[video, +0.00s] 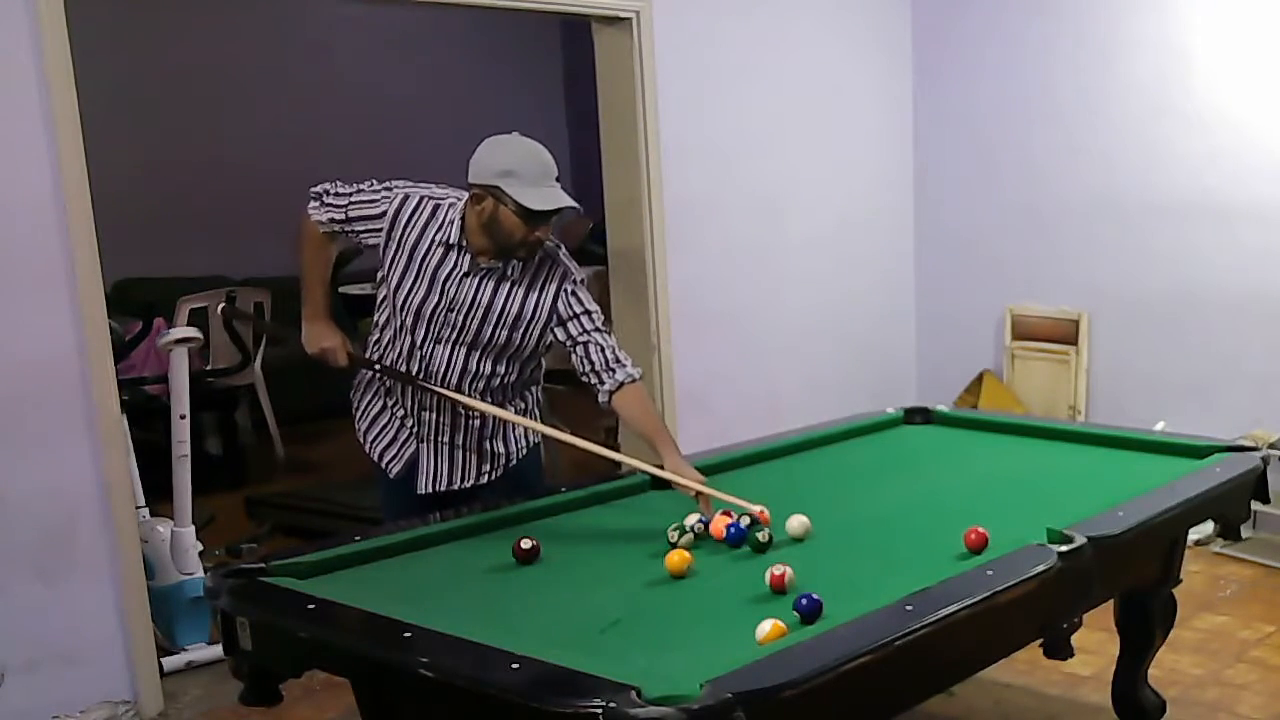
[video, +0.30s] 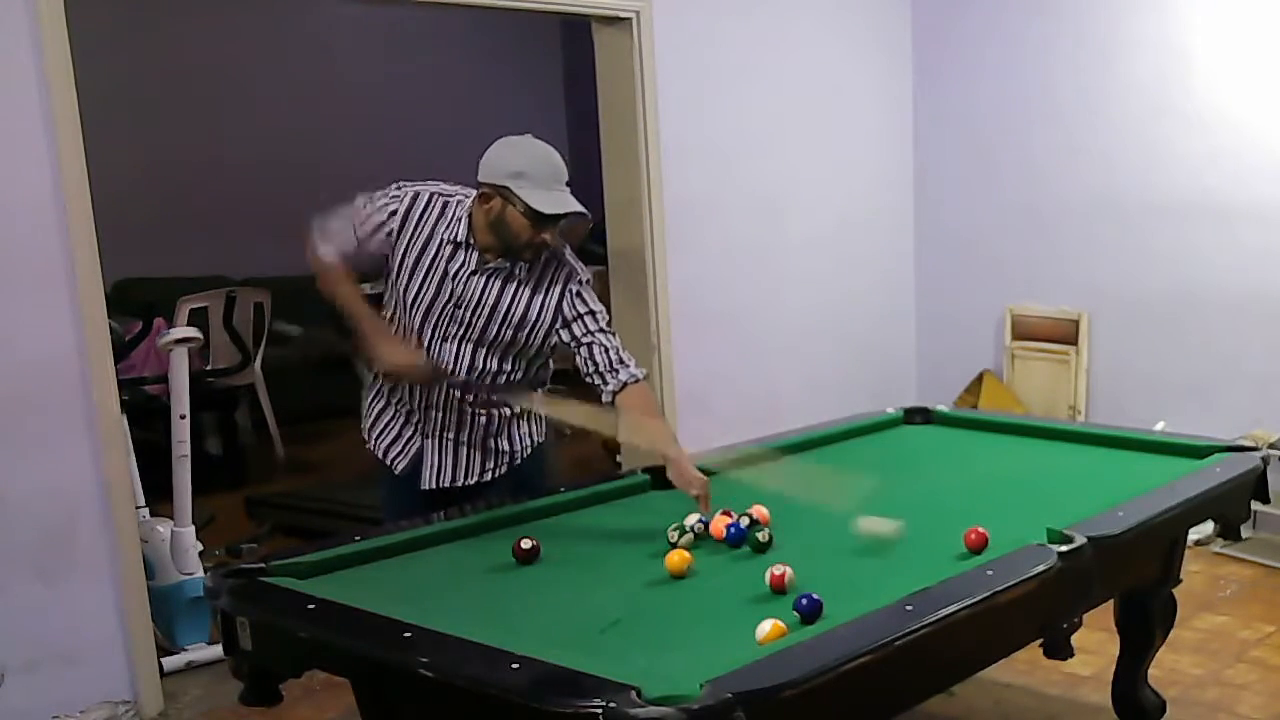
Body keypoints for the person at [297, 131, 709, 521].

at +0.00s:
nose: (543, 232)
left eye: (548, 218)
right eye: (531, 217)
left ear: (552, 210)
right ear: (484, 201)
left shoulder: (555, 277)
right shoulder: (409, 211)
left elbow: (611, 370)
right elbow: (322, 210)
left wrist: (671, 454)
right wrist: (316, 317)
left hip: (500, 436)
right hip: (403, 427)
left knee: (520, 570)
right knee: (415, 579)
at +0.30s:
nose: (549, 235)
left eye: (555, 221)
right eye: (537, 219)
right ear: (492, 200)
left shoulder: (563, 280)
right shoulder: (413, 211)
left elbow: (619, 376)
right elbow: (323, 243)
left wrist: (672, 457)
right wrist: (379, 339)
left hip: (507, 446)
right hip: (408, 437)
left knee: (523, 584)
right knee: (413, 590)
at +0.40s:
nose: (552, 234)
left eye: (558, 220)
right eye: (540, 218)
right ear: (493, 198)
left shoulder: (563, 271)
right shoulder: (413, 211)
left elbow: (613, 366)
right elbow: (338, 288)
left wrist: (664, 450)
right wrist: (413, 334)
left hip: (514, 450)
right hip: (417, 448)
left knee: (528, 592)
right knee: (417, 600)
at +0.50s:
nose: (555, 231)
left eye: (563, 217)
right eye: (544, 214)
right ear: (497, 193)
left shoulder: (564, 265)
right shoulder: (417, 208)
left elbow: (618, 360)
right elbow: (334, 282)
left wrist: (656, 442)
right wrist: (398, 325)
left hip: (514, 454)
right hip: (416, 447)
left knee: (528, 592)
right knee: (414, 597)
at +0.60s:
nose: (557, 220)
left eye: (563, 207)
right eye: (548, 205)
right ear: (500, 185)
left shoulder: (569, 264)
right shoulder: (413, 208)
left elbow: (617, 354)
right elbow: (328, 273)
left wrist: (641, 429)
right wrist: (377, 319)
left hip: (512, 444)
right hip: (415, 436)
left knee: (529, 584)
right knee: (414, 587)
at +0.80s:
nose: (545, 187)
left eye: (551, 172)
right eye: (534, 169)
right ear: (494, 154)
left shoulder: (557, 246)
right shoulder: (399, 205)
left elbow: (590, 326)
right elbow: (327, 271)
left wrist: (593, 406)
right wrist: (358, 324)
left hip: (511, 448)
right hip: (411, 444)